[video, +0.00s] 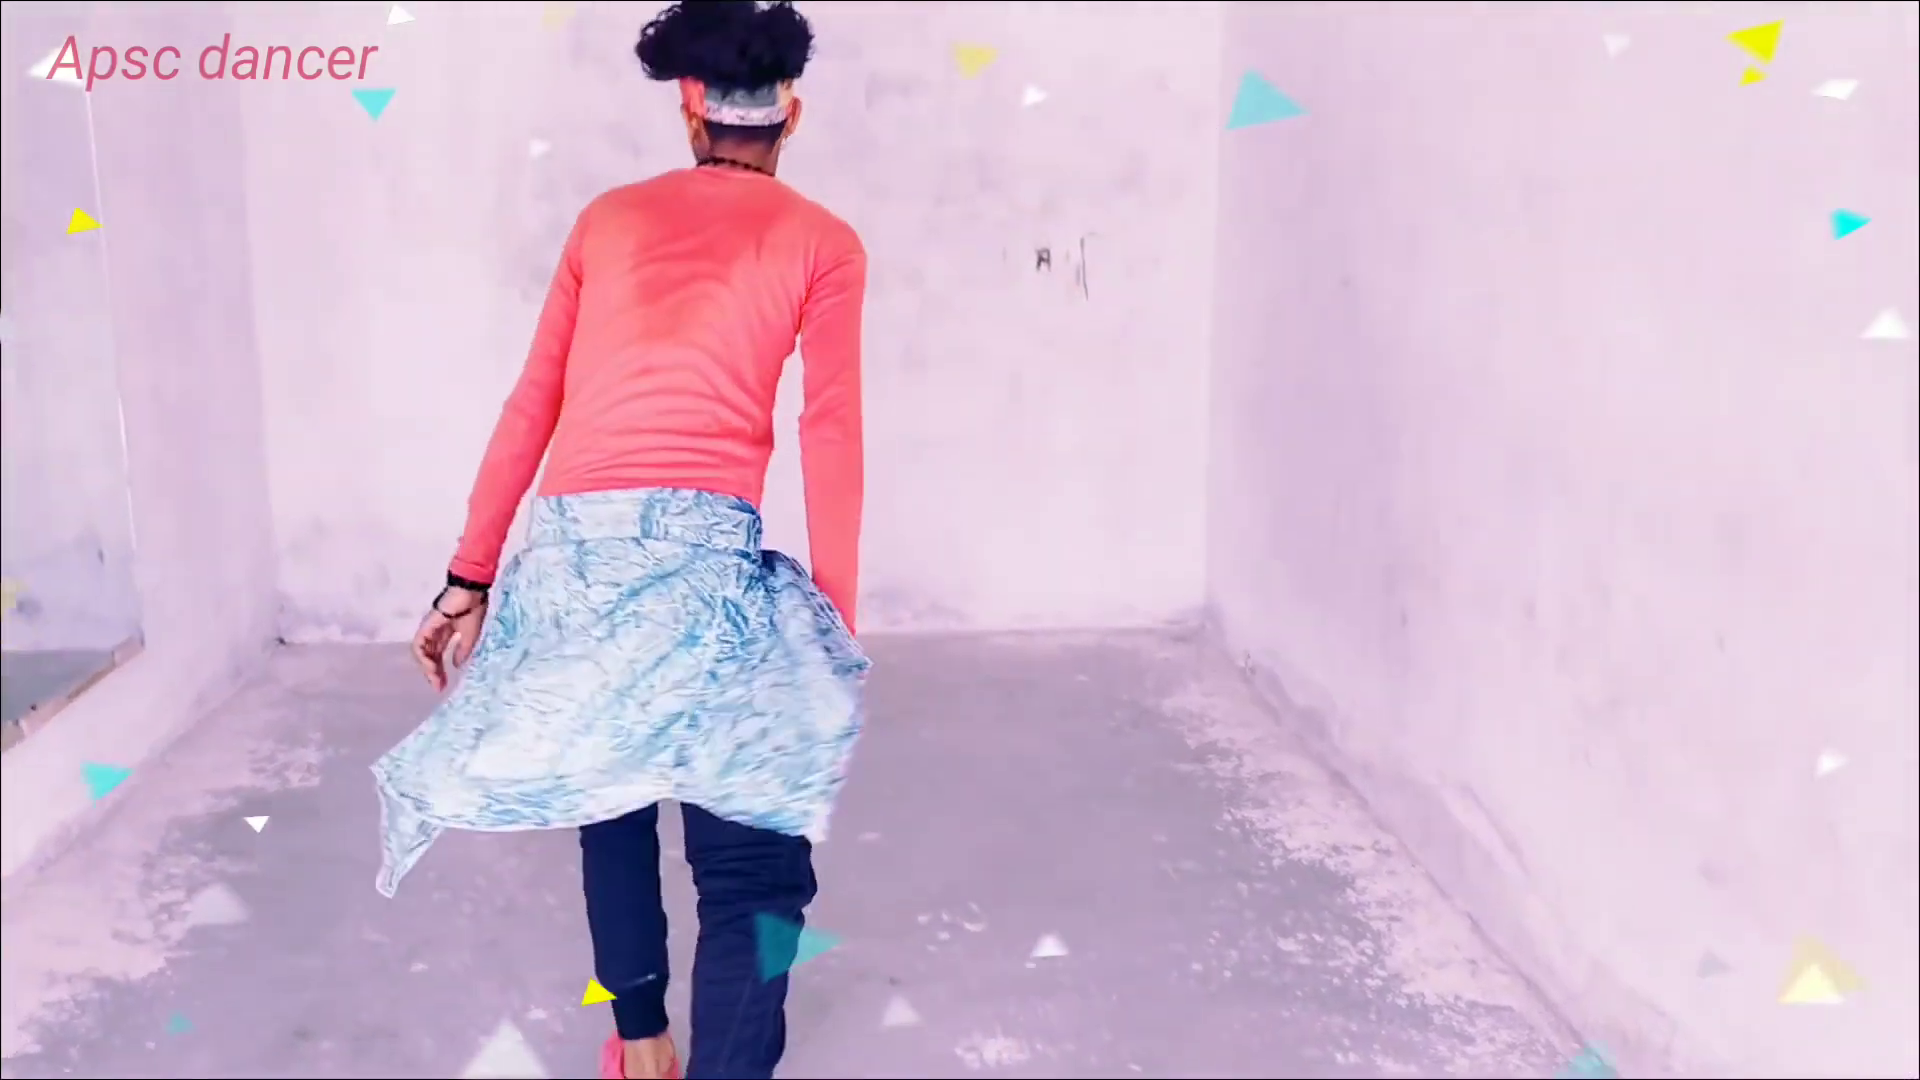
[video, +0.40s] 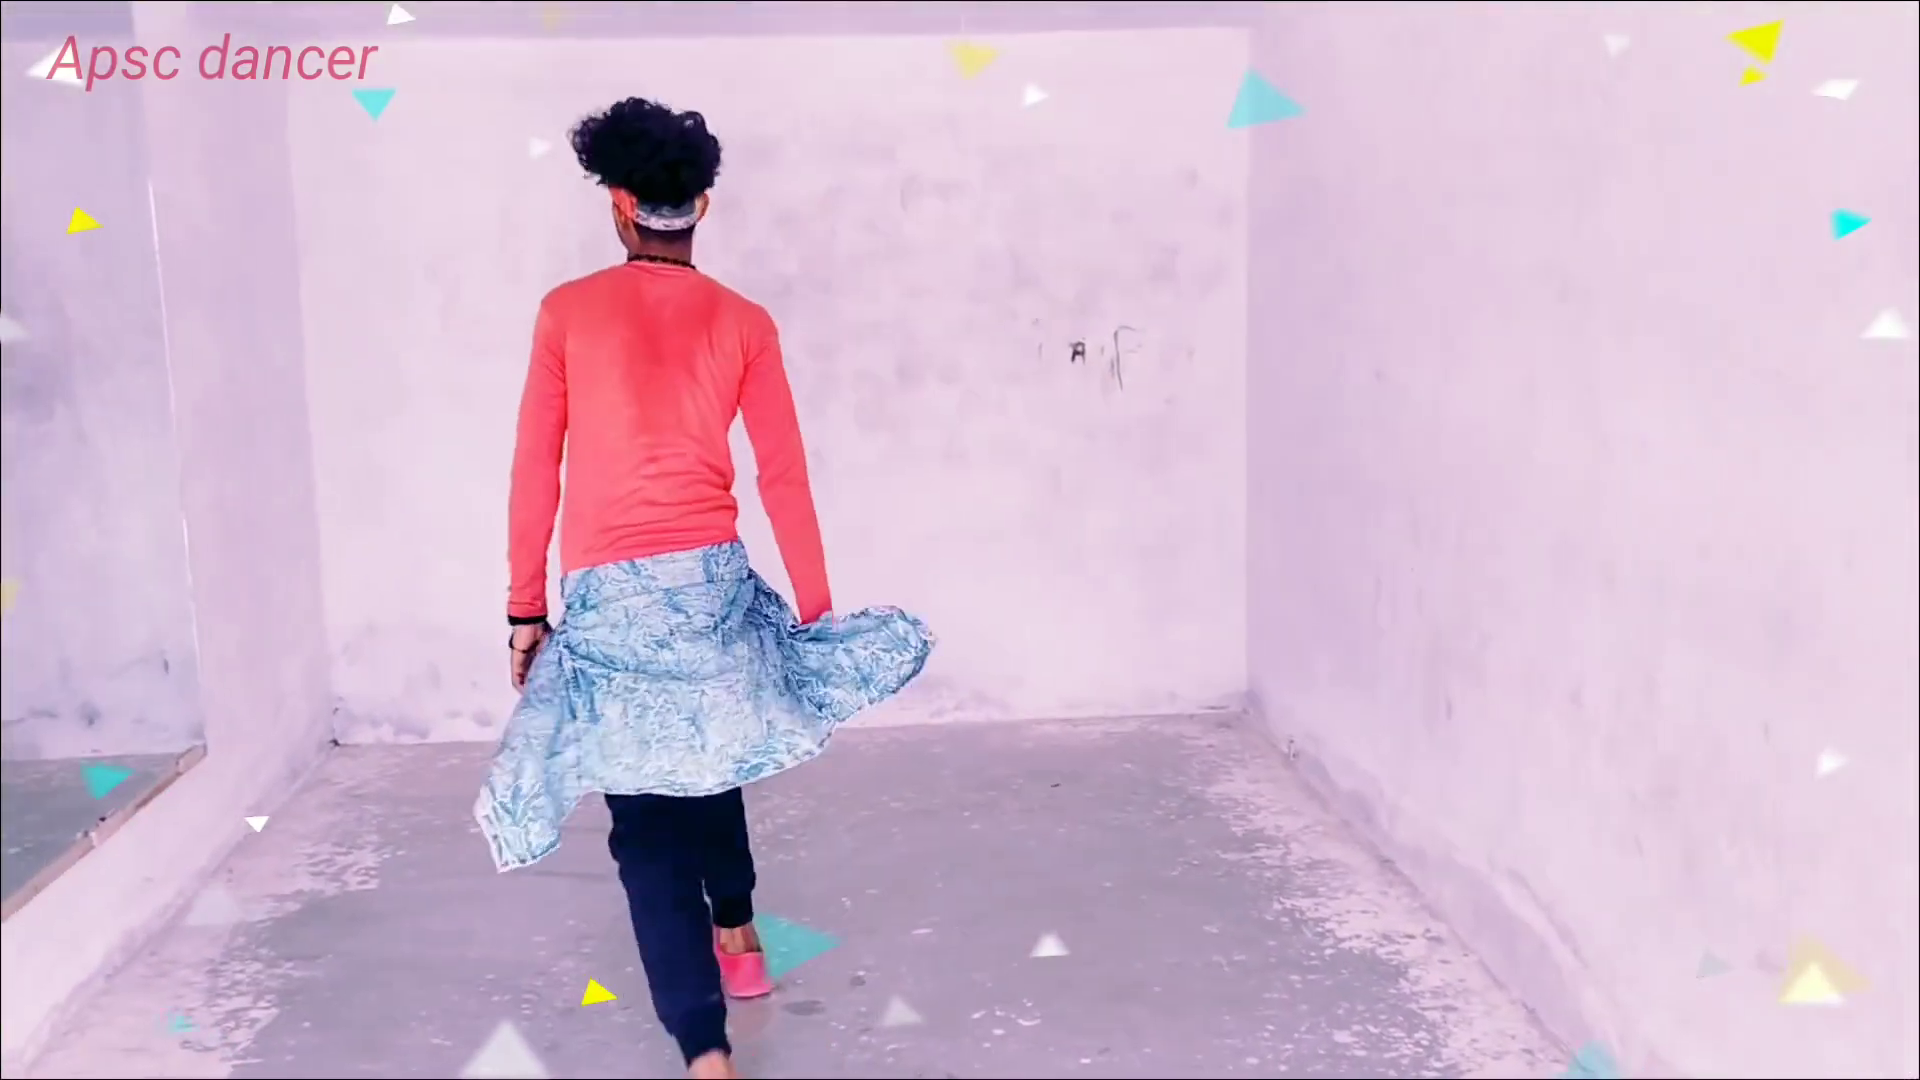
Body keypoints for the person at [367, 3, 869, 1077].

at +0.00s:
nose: (702, 106)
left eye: (688, 90)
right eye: (782, 91)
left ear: (686, 103)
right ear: (793, 107)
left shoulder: (607, 217)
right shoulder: (820, 241)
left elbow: (534, 402)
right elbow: (827, 428)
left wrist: (469, 575)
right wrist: (835, 616)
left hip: (562, 570)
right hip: (702, 576)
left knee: (611, 811)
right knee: (748, 878)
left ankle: (642, 1048)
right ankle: (730, 1069)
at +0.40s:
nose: (626, 206)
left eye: (620, 194)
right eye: (667, 195)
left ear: (615, 205)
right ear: (705, 206)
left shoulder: (567, 313)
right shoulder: (743, 323)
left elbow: (535, 470)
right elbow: (783, 478)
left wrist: (525, 607)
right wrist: (817, 614)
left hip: (601, 598)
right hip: (707, 589)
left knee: (645, 837)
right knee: (710, 762)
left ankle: (707, 1056)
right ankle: (736, 940)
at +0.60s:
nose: (575, 160)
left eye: (576, 149)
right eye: (583, 149)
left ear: (585, 159)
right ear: (663, 163)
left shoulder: (553, 258)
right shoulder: (700, 269)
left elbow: (524, 407)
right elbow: (705, 420)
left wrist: (500, 537)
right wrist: (684, 519)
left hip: (592, 532)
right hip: (686, 526)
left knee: (557, 725)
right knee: (727, 721)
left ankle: (680, 899)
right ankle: (779, 934)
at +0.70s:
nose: (535, 164)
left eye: (536, 152)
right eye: (546, 150)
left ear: (544, 164)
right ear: (618, 160)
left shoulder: (532, 261)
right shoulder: (658, 256)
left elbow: (503, 399)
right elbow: (636, 373)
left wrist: (465, 527)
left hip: (588, 529)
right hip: (678, 515)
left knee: (527, 688)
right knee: (725, 721)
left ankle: (583, 882)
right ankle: (785, 920)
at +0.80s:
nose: (494, 211)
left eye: (495, 201)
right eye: (495, 204)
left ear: (501, 207)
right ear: (575, 201)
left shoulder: (508, 300)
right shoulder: (611, 271)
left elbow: (487, 430)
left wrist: (437, 553)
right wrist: (500, 249)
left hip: (571, 540)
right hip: (653, 522)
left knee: (515, 677)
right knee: (706, 712)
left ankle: (497, 847)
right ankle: (786, 904)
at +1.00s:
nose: (427, 205)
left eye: (430, 194)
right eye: (433, 192)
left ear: (442, 204)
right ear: (511, 189)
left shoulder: (460, 291)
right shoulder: (547, 248)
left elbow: (465, 423)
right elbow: (510, 164)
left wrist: (433, 544)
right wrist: (452, 88)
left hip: (518, 511)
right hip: (592, 496)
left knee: (471, 671)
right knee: (585, 661)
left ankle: (497, 847)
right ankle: (689, 792)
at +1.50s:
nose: (474, 162)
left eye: (487, 154)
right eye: (480, 148)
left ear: (526, 173)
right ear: (522, 168)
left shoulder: (552, 251)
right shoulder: (522, 218)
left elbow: (597, 369)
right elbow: (493, 91)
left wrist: (583, 476)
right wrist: (463, 8)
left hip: (561, 468)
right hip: (547, 459)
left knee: (537, 637)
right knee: (556, 630)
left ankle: (563, 818)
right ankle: (598, 787)